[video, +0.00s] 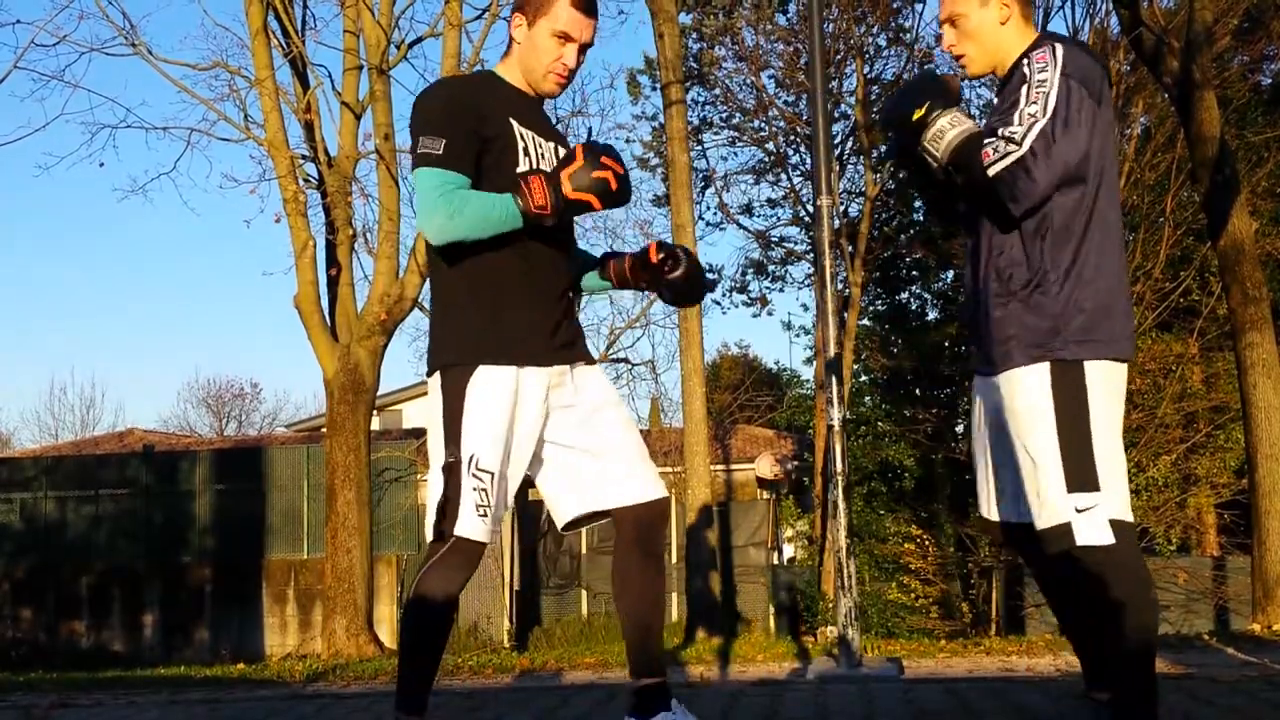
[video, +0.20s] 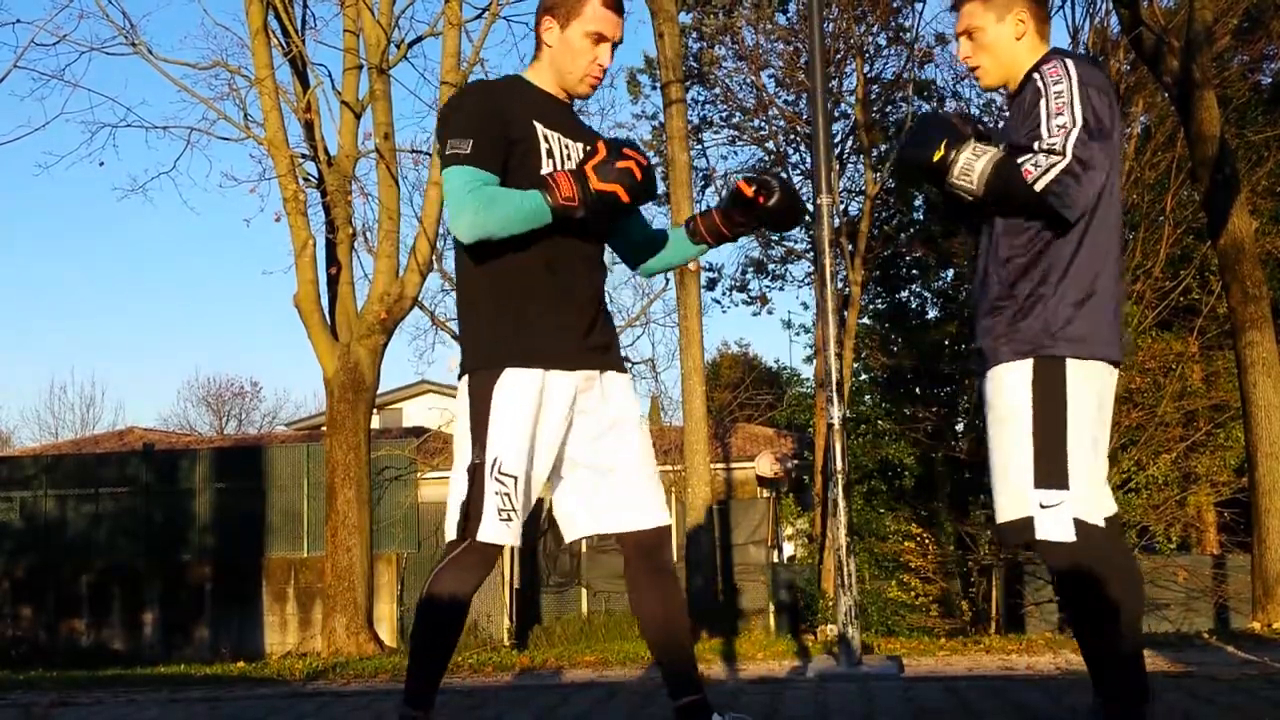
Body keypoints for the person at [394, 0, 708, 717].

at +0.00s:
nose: (572, 60)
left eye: (582, 48)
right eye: (563, 40)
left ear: (584, 50)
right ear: (520, 25)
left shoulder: (556, 137)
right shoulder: (452, 100)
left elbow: (554, 261)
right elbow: (437, 215)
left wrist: (627, 270)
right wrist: (541, 197)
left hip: (565, 358)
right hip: (484, 357)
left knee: (642, 506)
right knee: (463, 537)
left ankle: (652, 702)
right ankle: (408, 715)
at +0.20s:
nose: (607, 60)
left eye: (614, 48)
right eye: (597, 40)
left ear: (602, 50)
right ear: (548, 30)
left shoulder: (591, 143)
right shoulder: (478, 104)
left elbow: (646, 252)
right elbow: (467, 216)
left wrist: (723, 222)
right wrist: (575, 191)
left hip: (597, 360)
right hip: (510, 359)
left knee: (645, 531)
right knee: (481, 539)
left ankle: (692, 705)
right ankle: (415, 708)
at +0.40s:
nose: (673, 58)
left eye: (678, 44)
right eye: (664, 39)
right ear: (617, 29)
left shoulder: (657, 138)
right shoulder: (534, 104)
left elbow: (724, 229)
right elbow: (486, 222)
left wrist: (815, 188)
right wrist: (596, 218)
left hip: (651, 357)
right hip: (565, 354)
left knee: (682, 530)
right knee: (538, 527)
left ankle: (700, 710)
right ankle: (442, 701)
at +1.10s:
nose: (659, 50)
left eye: (663, 34)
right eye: (651, 31)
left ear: (613, 30)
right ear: (603, 25)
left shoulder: (638, 134)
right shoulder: (522, 107)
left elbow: (639, 257)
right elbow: (502, 225)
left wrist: (720, 243)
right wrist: (607, 189)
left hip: (637, 359)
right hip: (553, 358)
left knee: (687, 523)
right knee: (526, 531)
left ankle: (700, 710)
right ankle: (459, 707)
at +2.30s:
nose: (586, 67)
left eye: (589, 55)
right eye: (576, 51)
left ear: (570, 63)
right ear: (540, 52)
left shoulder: (577, 161)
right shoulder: (474, 124)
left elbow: (595, 277)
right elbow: (547, 193)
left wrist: (667, 245)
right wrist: (581, 101)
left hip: (561, 376)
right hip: (478, 371)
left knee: (618, 529)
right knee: (429, 539)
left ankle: (620, 707)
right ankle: (337, 700)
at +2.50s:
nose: (519, 83)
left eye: (524, 72)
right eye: (510, 67)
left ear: (508, 77)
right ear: (471, 66)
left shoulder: (506, 177)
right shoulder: (403, 134)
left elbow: (521, 296)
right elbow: (470, 205)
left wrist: (588, 264)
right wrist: (514, 121)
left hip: (488, 390)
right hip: (401, 386)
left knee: (557, 544)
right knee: (351, 558)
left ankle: (611, 708)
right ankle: (282, 711)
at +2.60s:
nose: (491, 89)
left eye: (496, 76)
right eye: (482, 69)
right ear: (442, 62)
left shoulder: (470, 171)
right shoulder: (374, 128)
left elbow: (468, 295)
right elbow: (442, 200)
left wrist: (536, 269)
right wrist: (491, 113)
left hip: (451, 383)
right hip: (368, 378)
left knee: (527, 529)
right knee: (329, 553)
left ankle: (531, 709)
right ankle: (277, 711)